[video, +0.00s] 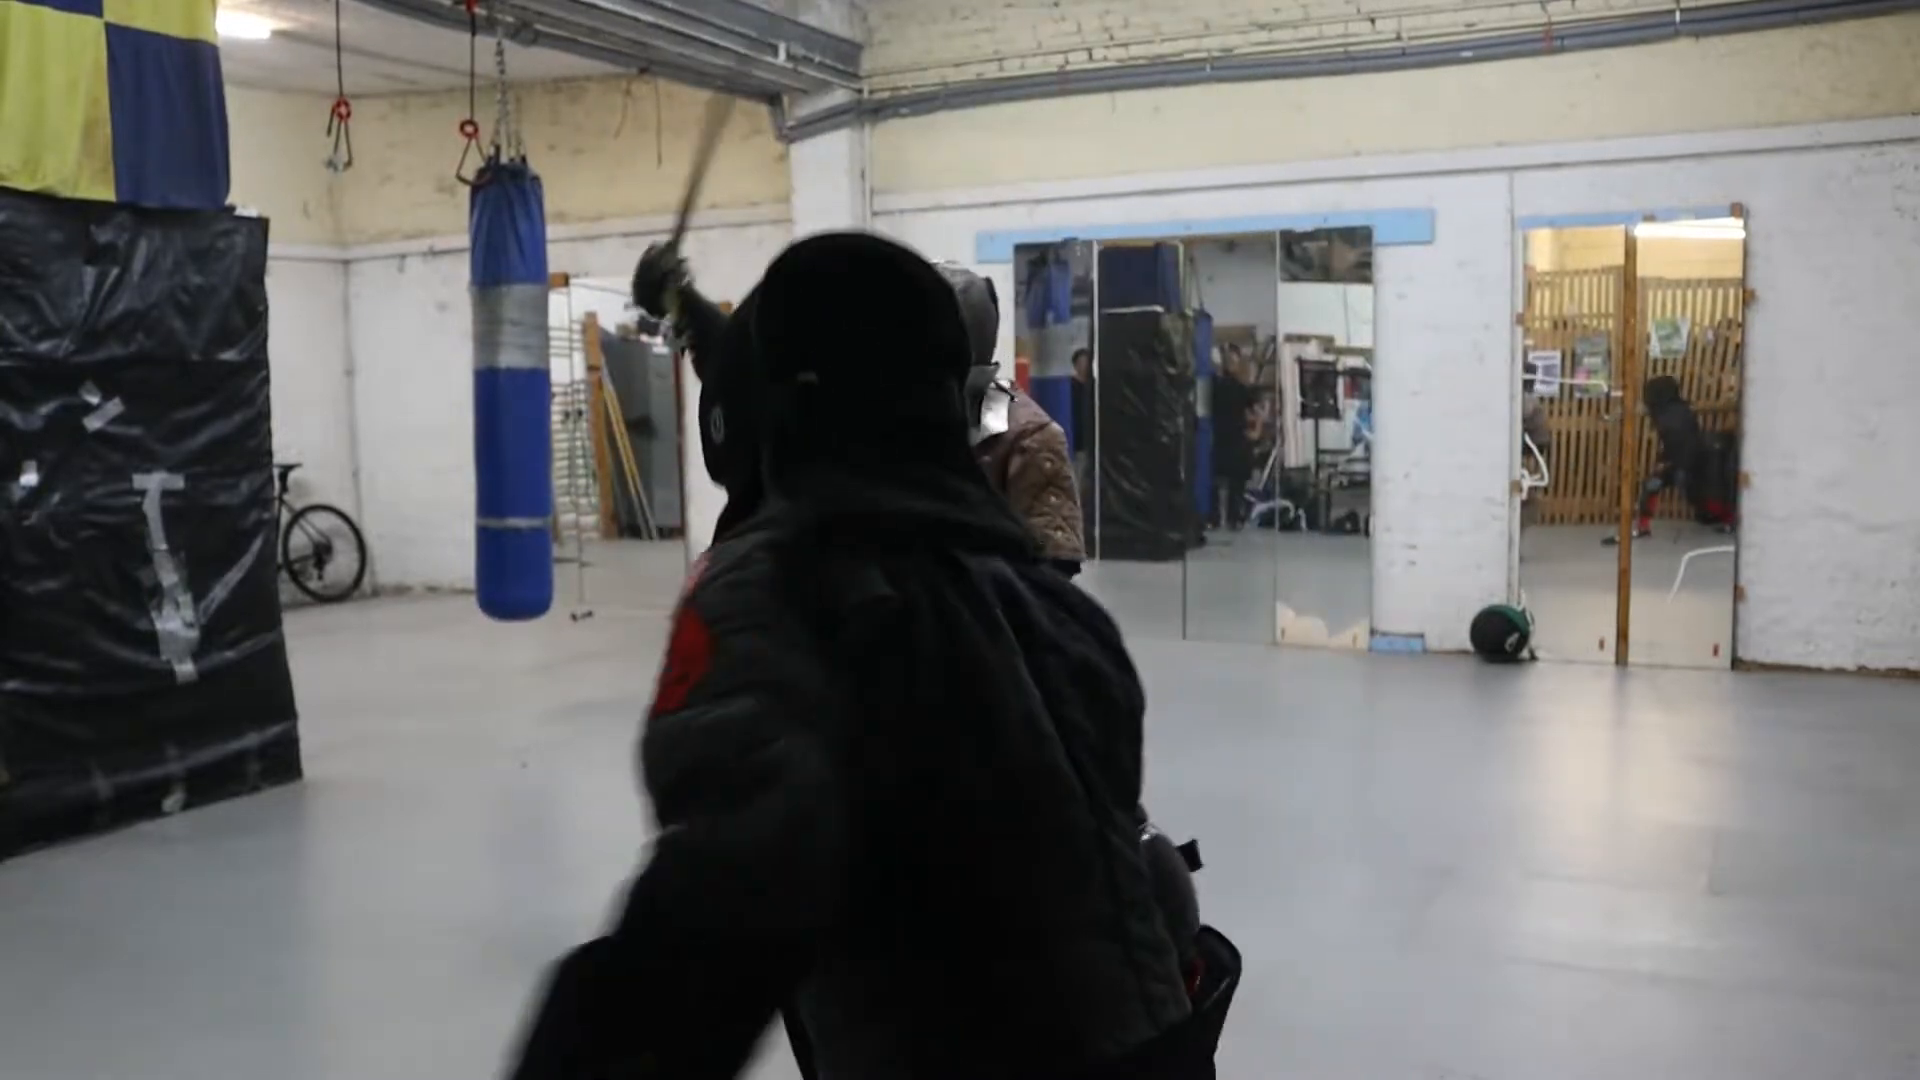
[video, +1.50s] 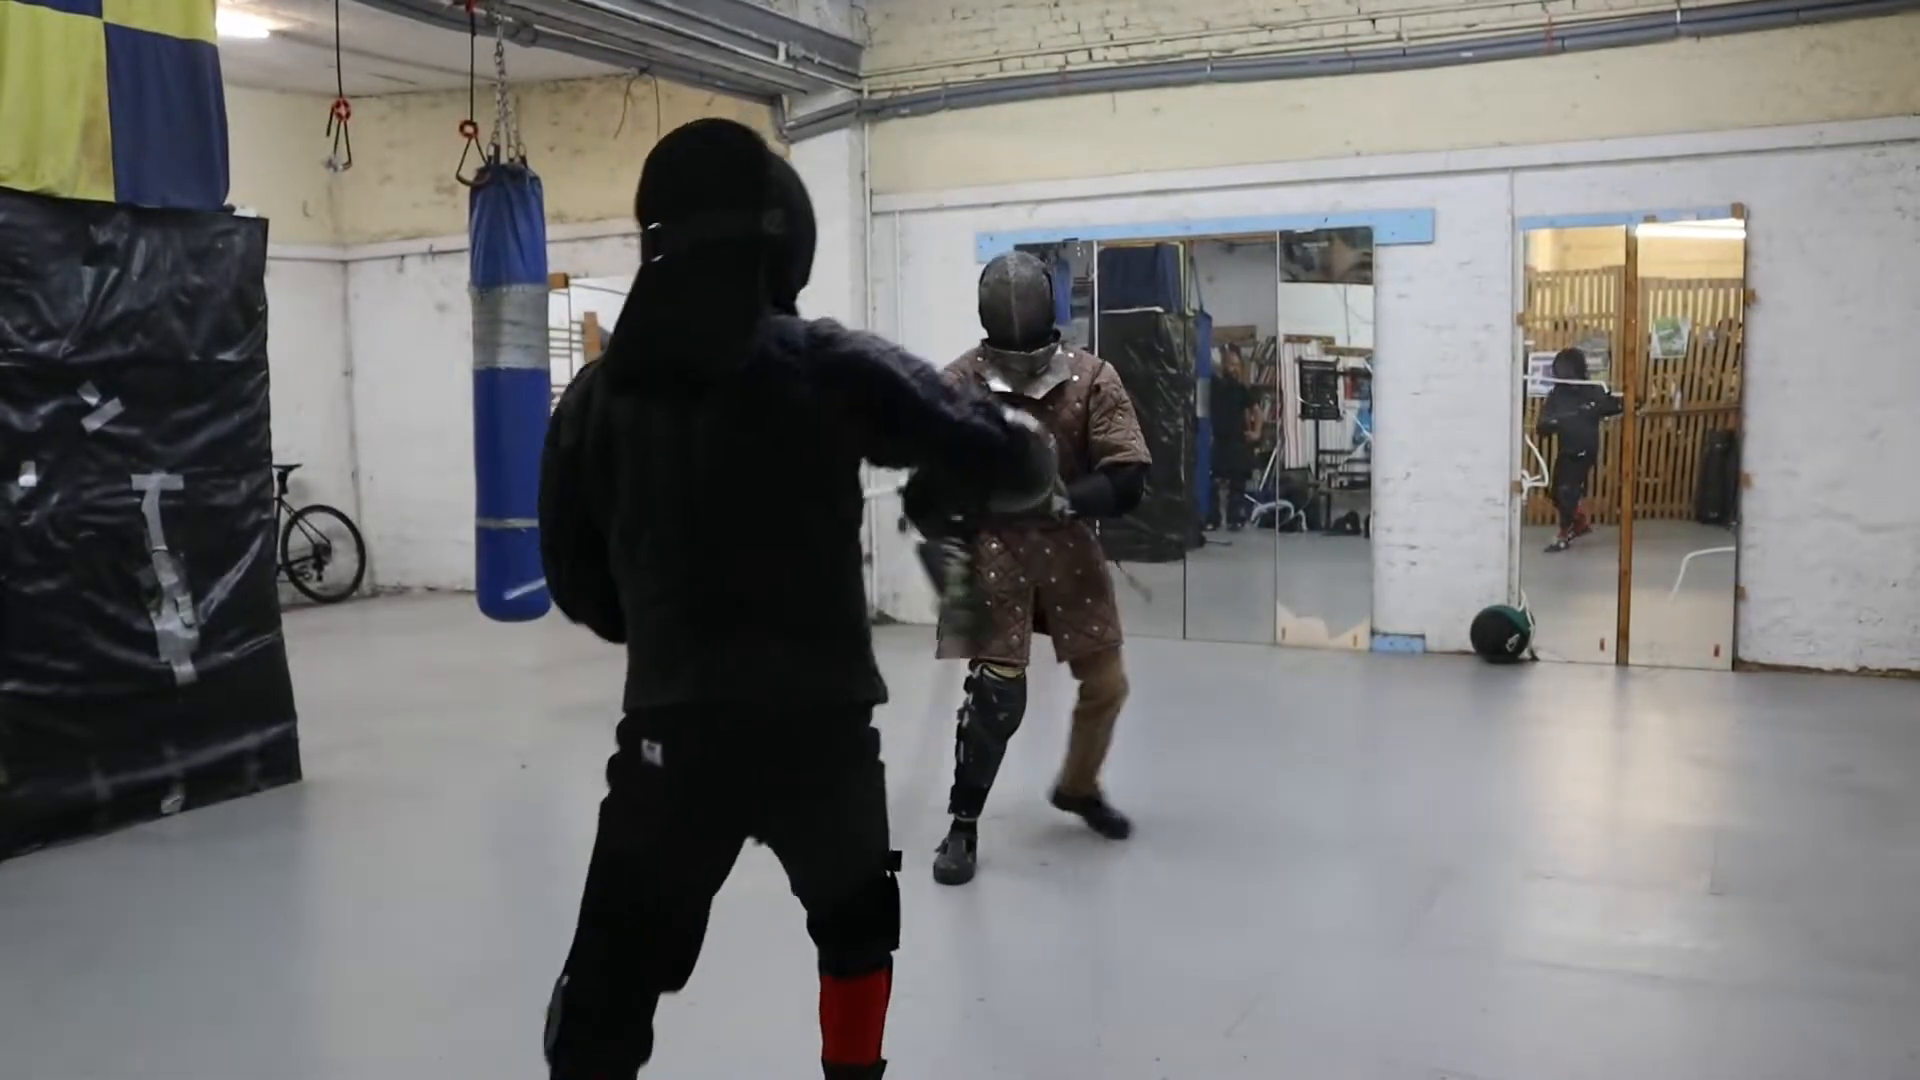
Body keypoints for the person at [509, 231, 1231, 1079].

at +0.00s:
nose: (715, 435)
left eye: (729, 402)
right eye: (713, 403)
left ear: (785, 403)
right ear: (934, 400)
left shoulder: (762, 592)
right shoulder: (1032, 581)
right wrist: (720, 335)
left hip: (913, 1047)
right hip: (1130, 1028)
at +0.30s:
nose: (694, 270)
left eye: (703, 236)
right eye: (695, 238)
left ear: (751, 239)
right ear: (923, 232)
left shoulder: (733, 433)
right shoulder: (1000, 433)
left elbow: (523, 624)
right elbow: (1131, 663)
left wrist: (416, 641)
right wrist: (1090, 784)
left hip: (913, 976)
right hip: (1074, 948)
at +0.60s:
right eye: (893, 115)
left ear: (725, 125)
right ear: (887, 128)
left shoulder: (664, 330)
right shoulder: (972, 330)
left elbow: (534, 607)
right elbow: (1091, 509)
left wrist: (614, 625)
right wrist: (993, 517)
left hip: (788, 793)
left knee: (734, 1048)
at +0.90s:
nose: (887, 270)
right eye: (878, 248)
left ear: (733, 260)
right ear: (870, 266)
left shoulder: (671, 434)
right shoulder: (934, 438)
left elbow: (582, 657)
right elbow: (1049, 594)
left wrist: (691, 574)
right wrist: (1063, 483)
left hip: (738, 810)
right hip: (880, 800)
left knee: (723, 1054)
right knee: (851, 973)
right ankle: (849, 1068)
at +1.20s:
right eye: (855, 213)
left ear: (736, 218)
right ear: (858, 222)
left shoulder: (661, 355)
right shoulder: (913, 371)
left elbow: (587, 548)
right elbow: (1005, 543)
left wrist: (688, 524)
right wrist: (894, 589)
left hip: (719, 712)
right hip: (859, 711)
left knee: (669, 965)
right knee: (856, 912)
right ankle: (854, 1068)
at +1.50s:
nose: (804, 247)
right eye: (795, 228)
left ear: (655, 245)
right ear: (780, 239)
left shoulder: (595, 399)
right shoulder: (824, 363)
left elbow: (580, 583)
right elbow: (1016, 459)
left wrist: (679, 625)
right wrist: (940, 503)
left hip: (672, 744)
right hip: (817, 733)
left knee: (609, 979)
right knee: (857, 922)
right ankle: (854, 1070)